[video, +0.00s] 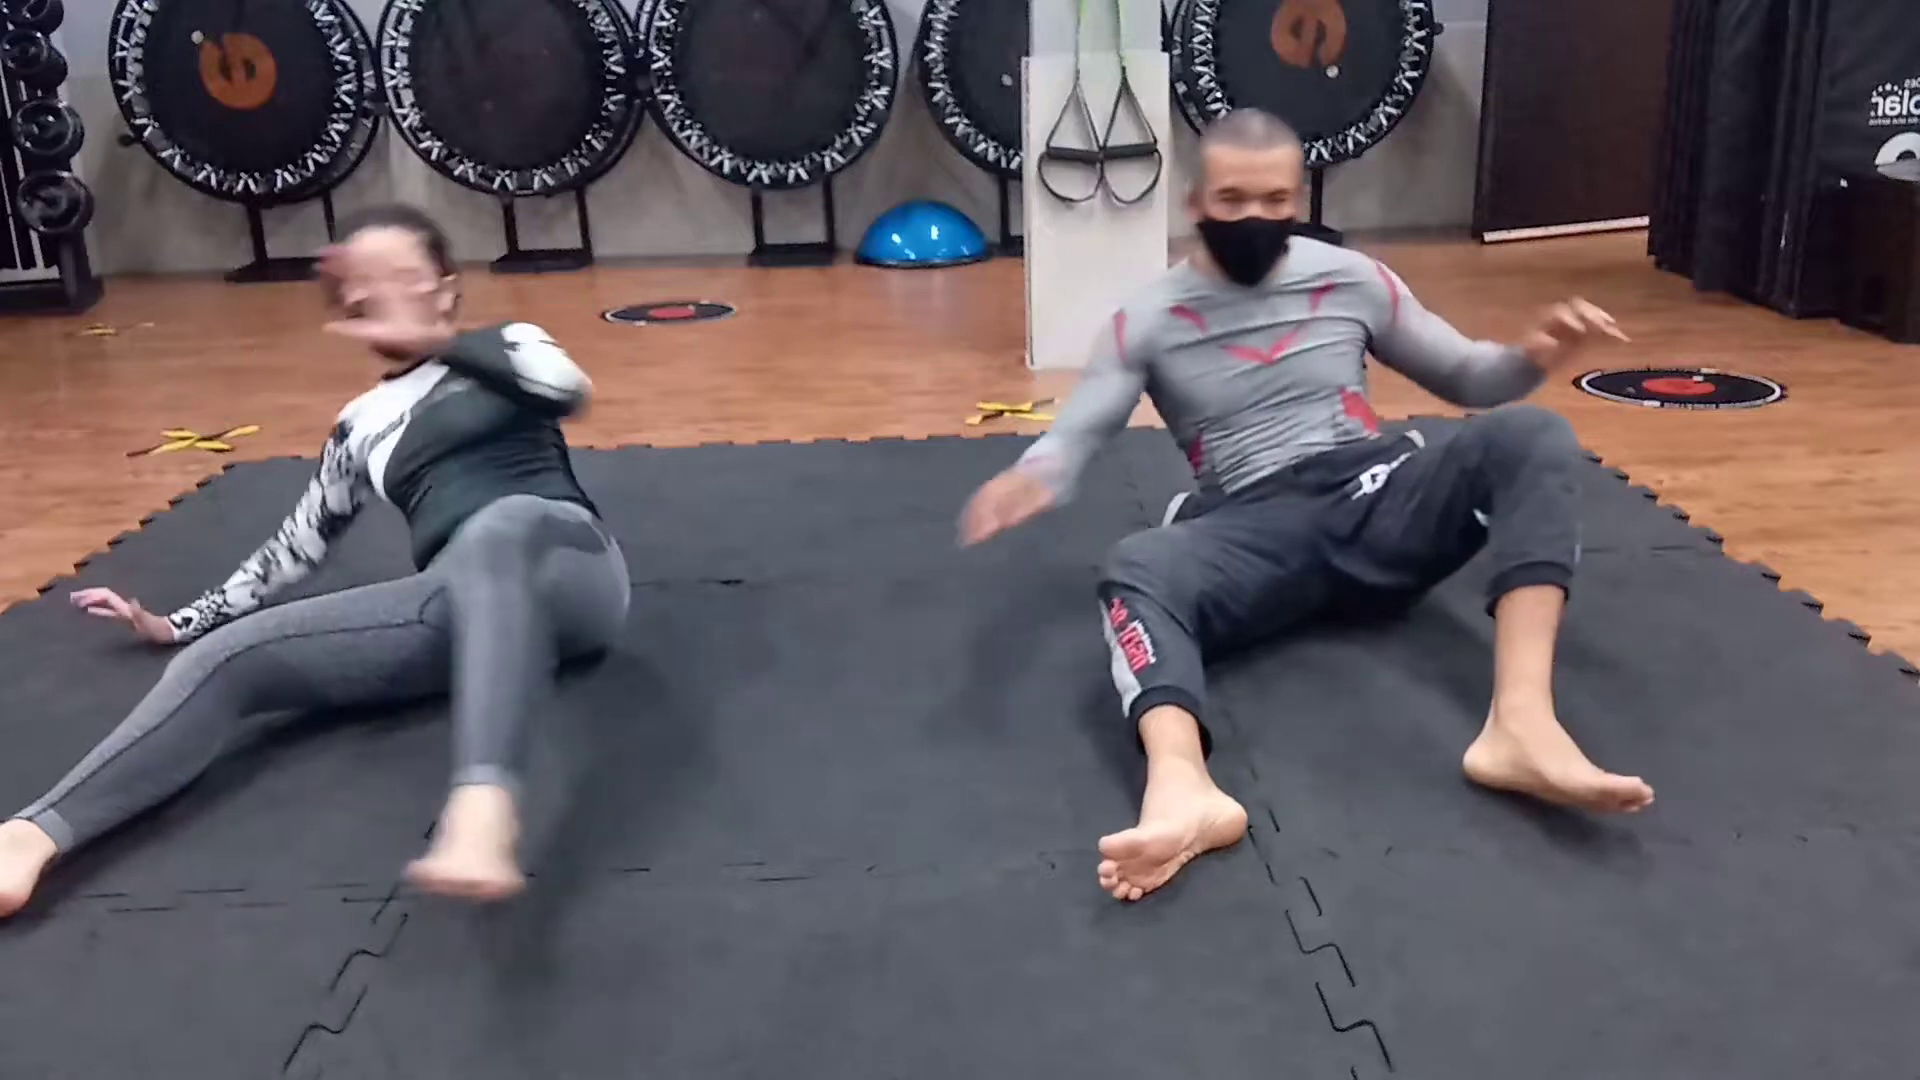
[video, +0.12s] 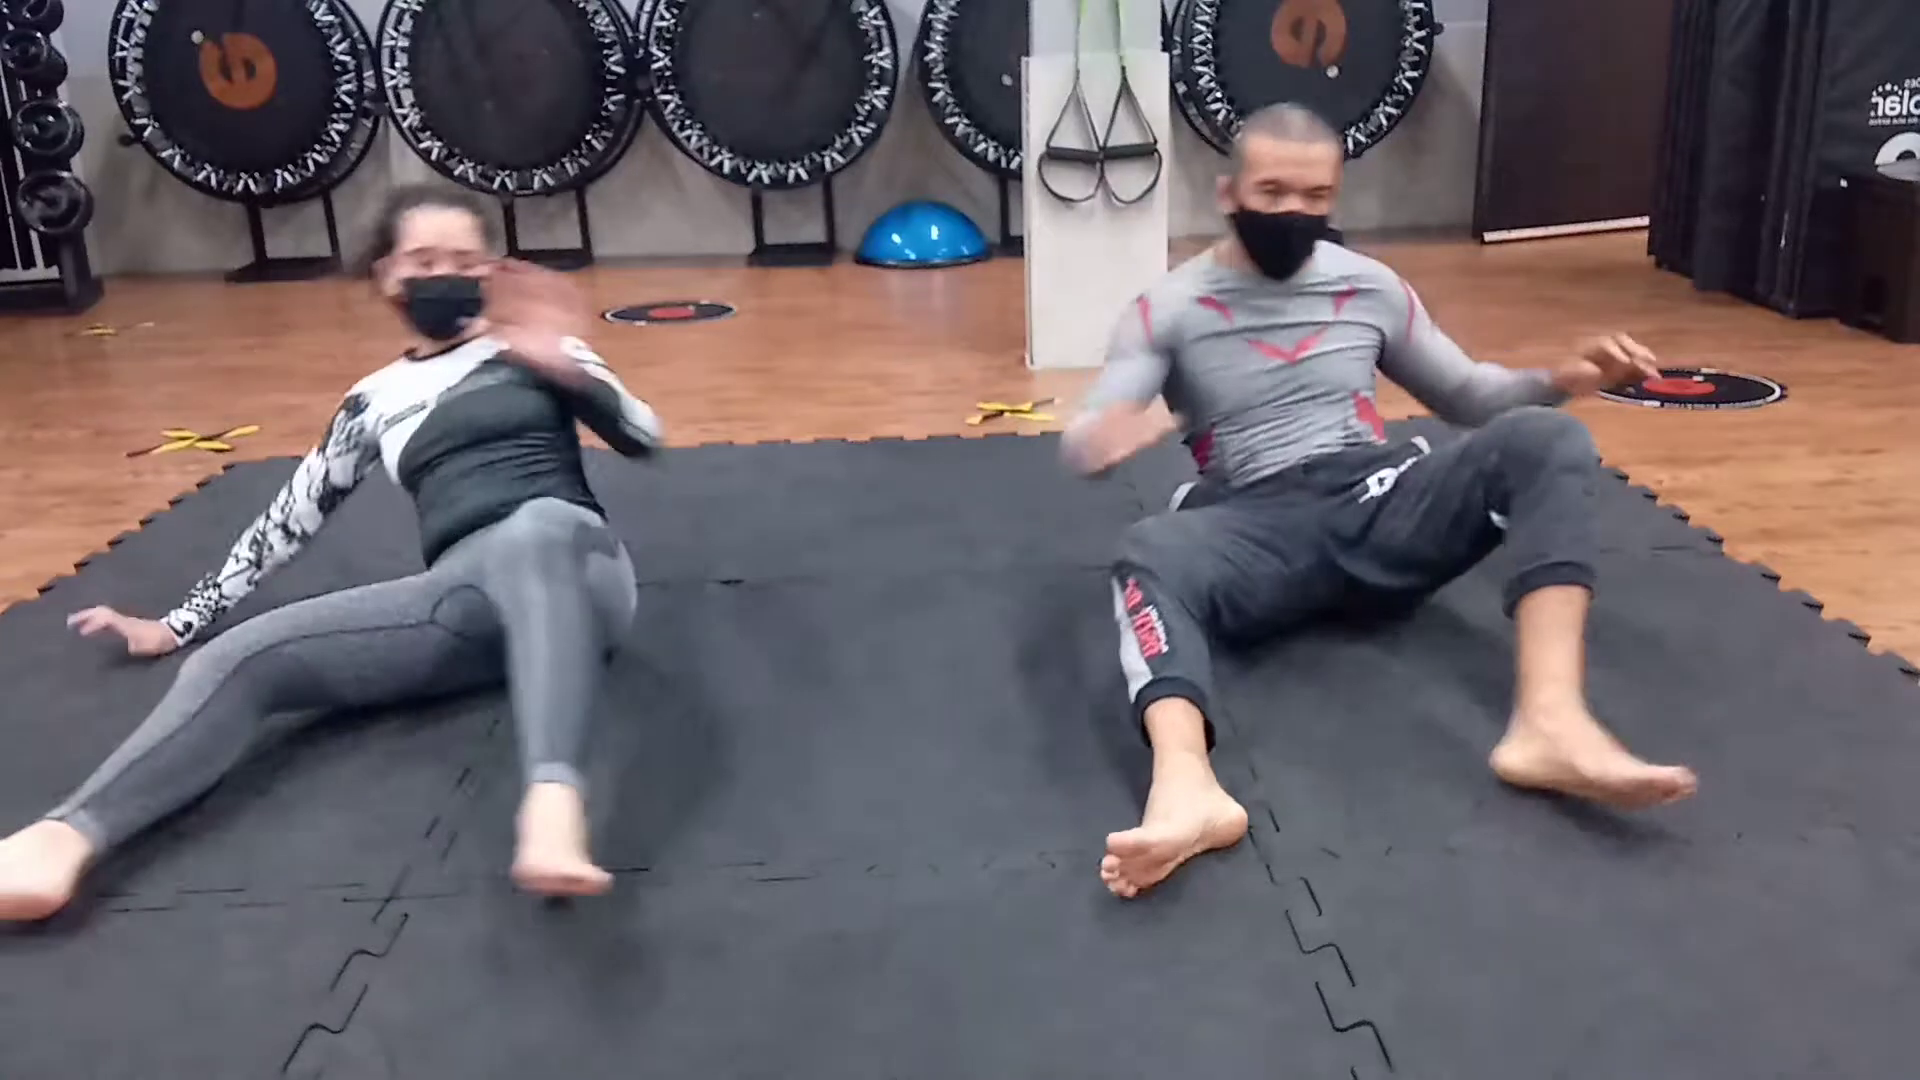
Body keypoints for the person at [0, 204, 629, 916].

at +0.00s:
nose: (387, 309)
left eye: (405, 286)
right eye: (363, 297)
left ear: (445, 289)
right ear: (342, 310)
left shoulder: (505, 347)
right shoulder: (364, 422)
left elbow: (567, 391)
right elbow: (295, 547)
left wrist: (437, 342)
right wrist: (178, 626)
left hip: (570, 573)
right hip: (444, 595)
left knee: (499, 529)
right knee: (232, 654)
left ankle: (483, 807)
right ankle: (33, 836)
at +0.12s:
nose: (441, 272)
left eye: (459, 257)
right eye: (421, 258)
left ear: (491, 271)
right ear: (387, 280)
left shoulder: (537, 351)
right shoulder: (378, 398)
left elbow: (644, 439)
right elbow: (288, 519)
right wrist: (178, 626)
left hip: (574, 567)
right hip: (451, 589)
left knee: (535, 526)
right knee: (243, 654)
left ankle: (554, 796)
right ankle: (66, 837)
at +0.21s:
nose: (485, 266)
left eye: (504, 252)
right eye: (463, 248)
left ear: (524, 267)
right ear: (418, 268)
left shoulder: (561, 350)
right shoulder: (391, 387)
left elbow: (670, 468)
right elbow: (300, 506)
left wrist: (662, 424)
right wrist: (195, 618)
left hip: (571, 567)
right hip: (457, 586)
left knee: (564, 526)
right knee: (257, 650)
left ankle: (588, 806)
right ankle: (94, 838)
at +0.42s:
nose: (576, 263)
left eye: (590, 251)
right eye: (555, 245)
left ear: (604, 266)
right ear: (495, 256)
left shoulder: (623, 352)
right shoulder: (445, 371)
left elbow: (707, 479)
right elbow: (368, 491)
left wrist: (773, 459)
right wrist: (284, 568)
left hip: (587, 554)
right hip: (477, 575)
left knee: (624, 551)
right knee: (294, 615)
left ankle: (606, 825)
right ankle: (185, 817)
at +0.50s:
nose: (610, 270)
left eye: (624, 257)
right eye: (592, 250)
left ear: (633, 271)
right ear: (528, 254)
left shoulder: (646, 361)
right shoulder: (465, 366)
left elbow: (722, 487)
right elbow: (388, 481)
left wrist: (800, 468)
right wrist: (331, 524)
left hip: (601, 561)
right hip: (489, 576)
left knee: (643, 558)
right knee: (318, 605)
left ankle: (608, 829)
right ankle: (221, 799)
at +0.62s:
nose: (656, 277)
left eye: (667, 264)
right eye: (640, 256)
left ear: (669, 274)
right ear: (573, 253)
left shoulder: (675, 373)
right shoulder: (491, 356)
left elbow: (736, 508)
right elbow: (423, 458)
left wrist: (830, 484)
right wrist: (404, 483)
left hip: (621, 568)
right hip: (505, 572)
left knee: (685, 564)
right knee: (351, 580)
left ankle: (613, 837)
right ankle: (282, 773)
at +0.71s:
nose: (683, 276)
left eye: (694, 263)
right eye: (668, 254)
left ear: (694, 276)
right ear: (600, 253)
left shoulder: (691, 379)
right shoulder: (508, 347)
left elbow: (733, 516)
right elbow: (424, 477)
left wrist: (837, 503)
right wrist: (460, 462)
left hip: (634, 570)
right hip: (524, 568)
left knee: (705, 570)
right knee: (386, 558)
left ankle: (619, 836)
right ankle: (319, 767)